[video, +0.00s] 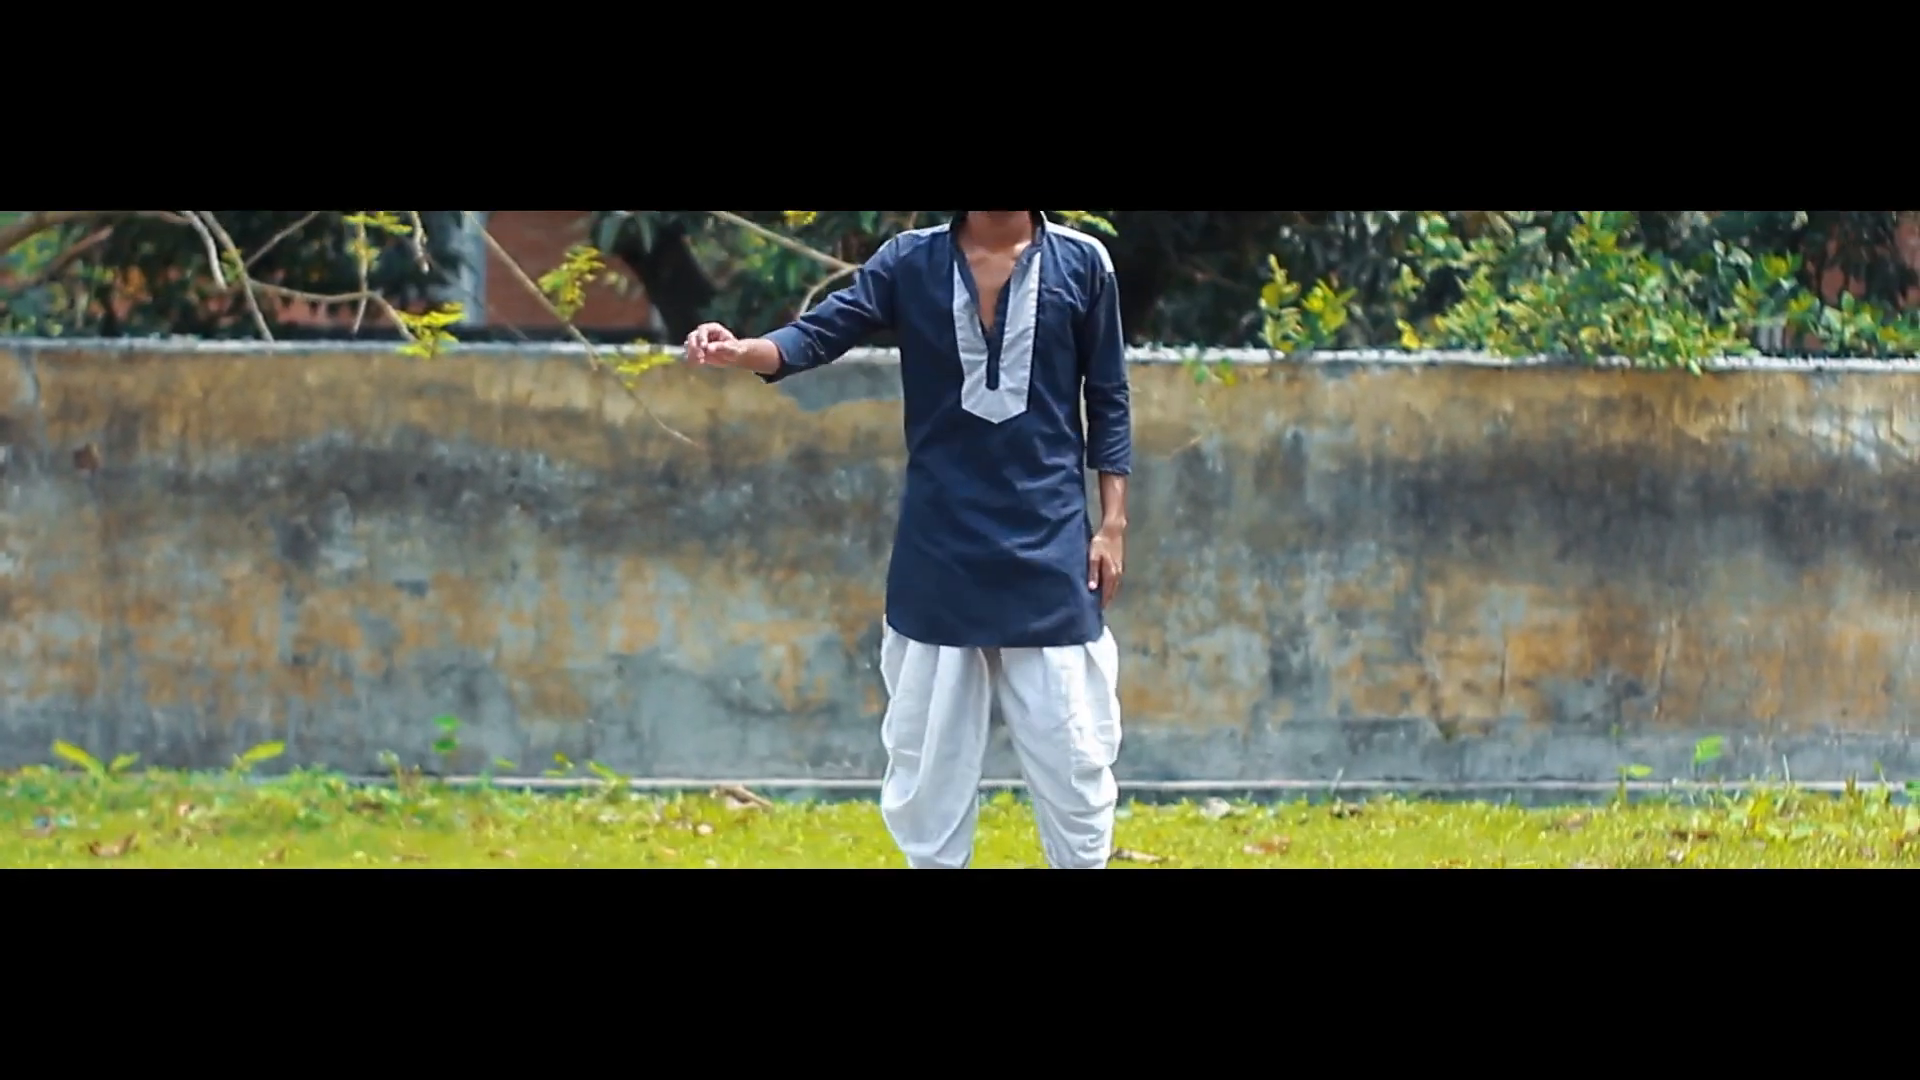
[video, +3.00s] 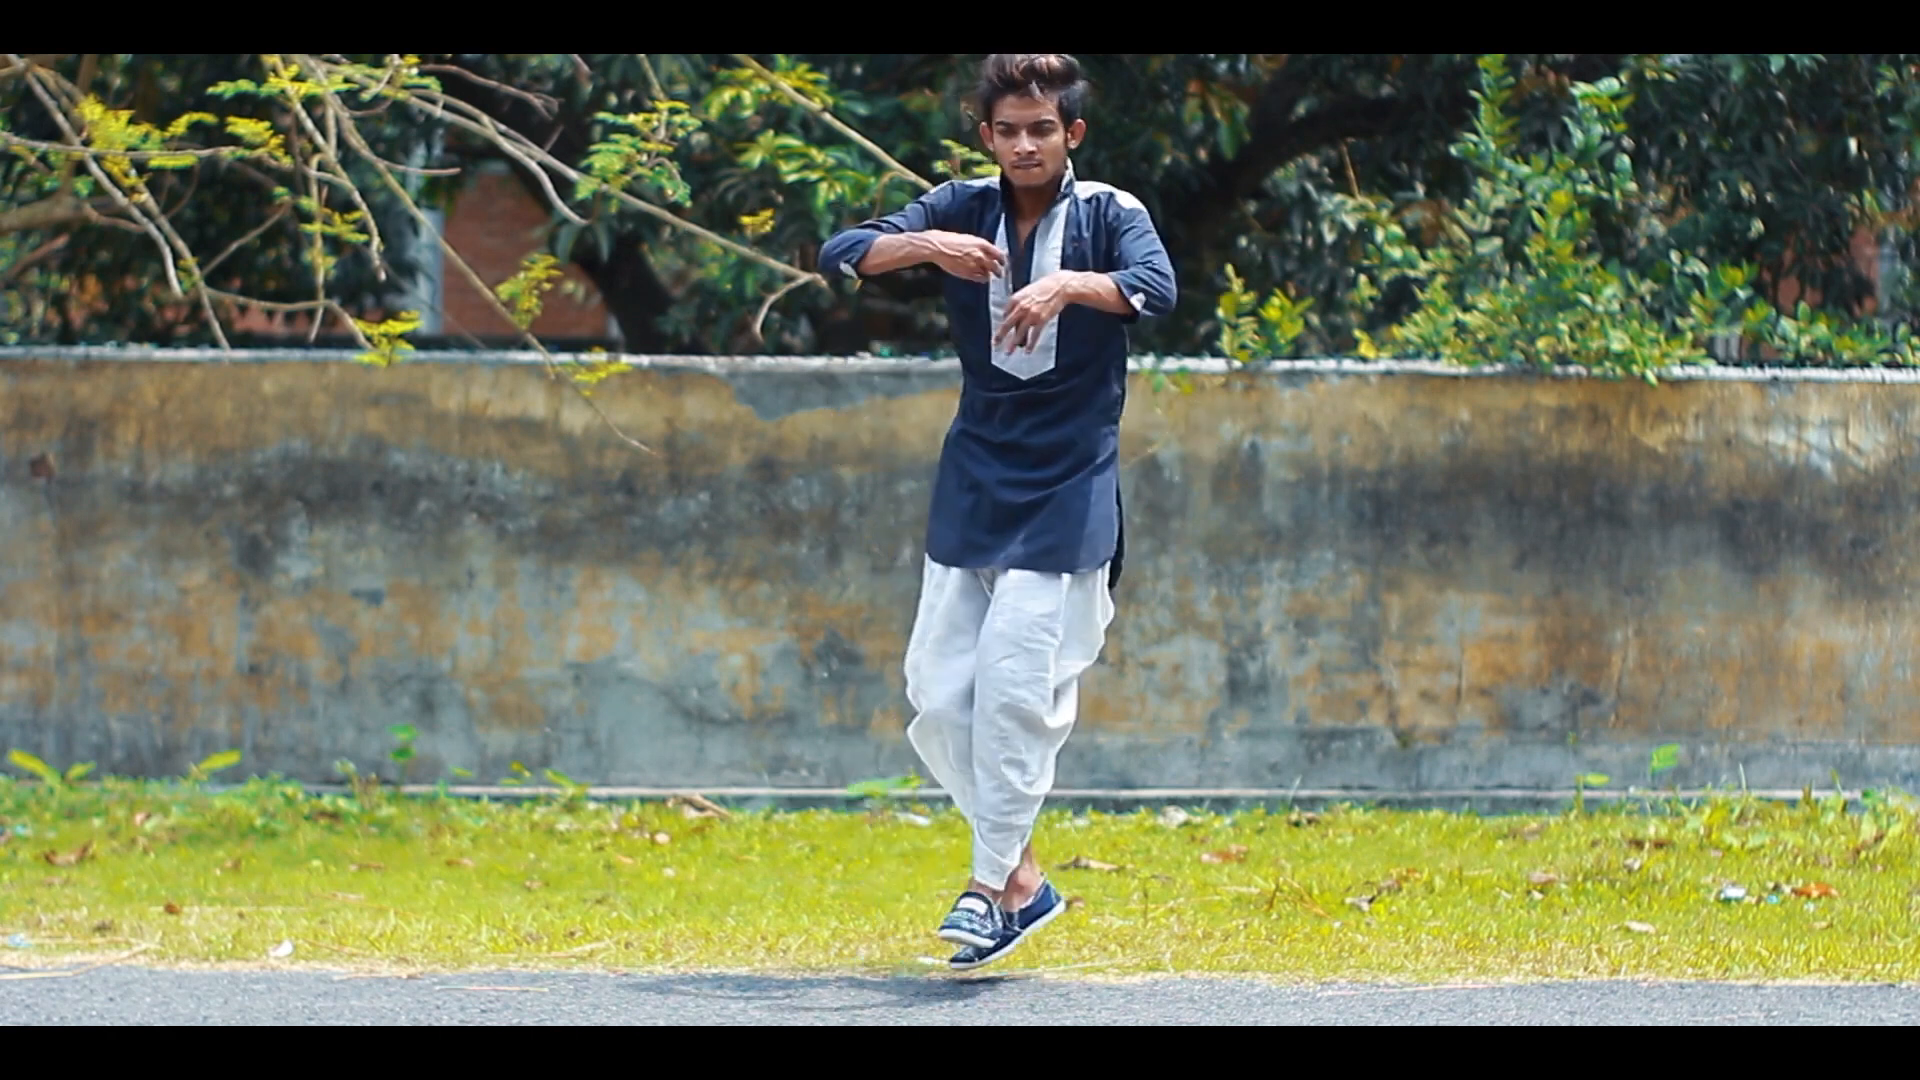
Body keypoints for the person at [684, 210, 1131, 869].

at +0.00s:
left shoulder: (1083, 262)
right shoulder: (909, 259)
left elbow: (1109, 396)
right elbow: (821, 331)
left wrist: (1112, 522)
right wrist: (745, 351)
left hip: (1049, 545)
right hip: (937, 547)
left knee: (1075, 766)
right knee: (927, 767)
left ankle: (1083, 861)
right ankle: (934, 860)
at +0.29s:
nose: (1019, 175)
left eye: (1035, 165)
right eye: (1003, 165)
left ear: (1060, 176)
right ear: (978, 175)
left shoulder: (1102, 266)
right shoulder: (933, 266)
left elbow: (1127, 402)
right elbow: (877, 375)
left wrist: (1131, 525)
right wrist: (850, 452)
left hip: (1060, 543)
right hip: (952, 541)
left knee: (1074, 750)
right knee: (933, 745)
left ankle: (1093, 894)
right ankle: (935, 892)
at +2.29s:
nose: (992, 174)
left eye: (1010, 159)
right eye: (977, 158)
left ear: (1040, 169)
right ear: (955, 167)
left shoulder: (1085, 276)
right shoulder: (916, 279)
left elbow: (1114, 412)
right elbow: (894, 423)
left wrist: (1118, 534)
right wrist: (883, 549)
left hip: (1043, 548)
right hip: (933, 545)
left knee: (1045, 747)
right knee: (910, 741)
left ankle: (1044, 935)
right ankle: (909, 933)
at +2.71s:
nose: (980, 194)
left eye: (997, 179)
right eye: (964, 178)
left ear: (1023, 193)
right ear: (938, 190)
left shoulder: (1063, 297)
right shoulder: (904, 298)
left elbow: (1148, 402)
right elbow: (878, 423)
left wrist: (1244, 489)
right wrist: (775, 488)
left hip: (1024, 561)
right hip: (920, 557)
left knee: (1042, 760)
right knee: (886, 750)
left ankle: (1042, 935)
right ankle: (902, 932)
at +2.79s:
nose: (981, 202)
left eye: (998, 187)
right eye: (966, 187)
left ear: (1025, 200)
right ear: (940, 198)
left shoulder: (1068, 298)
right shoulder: (908, 299)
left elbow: (1184, 363)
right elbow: (844, 388)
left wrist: (1314, 376)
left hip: (1025, 572)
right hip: (920, 568)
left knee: (1040, 763)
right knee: (878, 754)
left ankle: (1041, 936)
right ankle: (900, 937)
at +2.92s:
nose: (1005, 154)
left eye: (1020, 138)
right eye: (990, 138)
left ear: (1051, 142)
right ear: (966, 143)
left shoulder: (1093, 223)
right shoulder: (931, 220)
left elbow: (1170, 245)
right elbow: (835, 230)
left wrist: (1215, 242)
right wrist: (787, 209)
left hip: (1051, 515)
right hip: (949, 511)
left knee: (1026, 715)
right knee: (918, 720)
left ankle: (1016, 903)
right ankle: (939, 906)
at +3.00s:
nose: (1023, 145)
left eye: (1040, 129)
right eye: (1008, 130)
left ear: (1073, 132)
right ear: (985, 132)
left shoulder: (1110, 212)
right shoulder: (959, 205)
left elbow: (1155, 289)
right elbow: (837, 253)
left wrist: (1066, 287)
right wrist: (924, 246)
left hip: (1067, 491)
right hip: (973, 485)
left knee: (1017, 690)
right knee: (936, 695)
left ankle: (986, 892)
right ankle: (1022, 884)